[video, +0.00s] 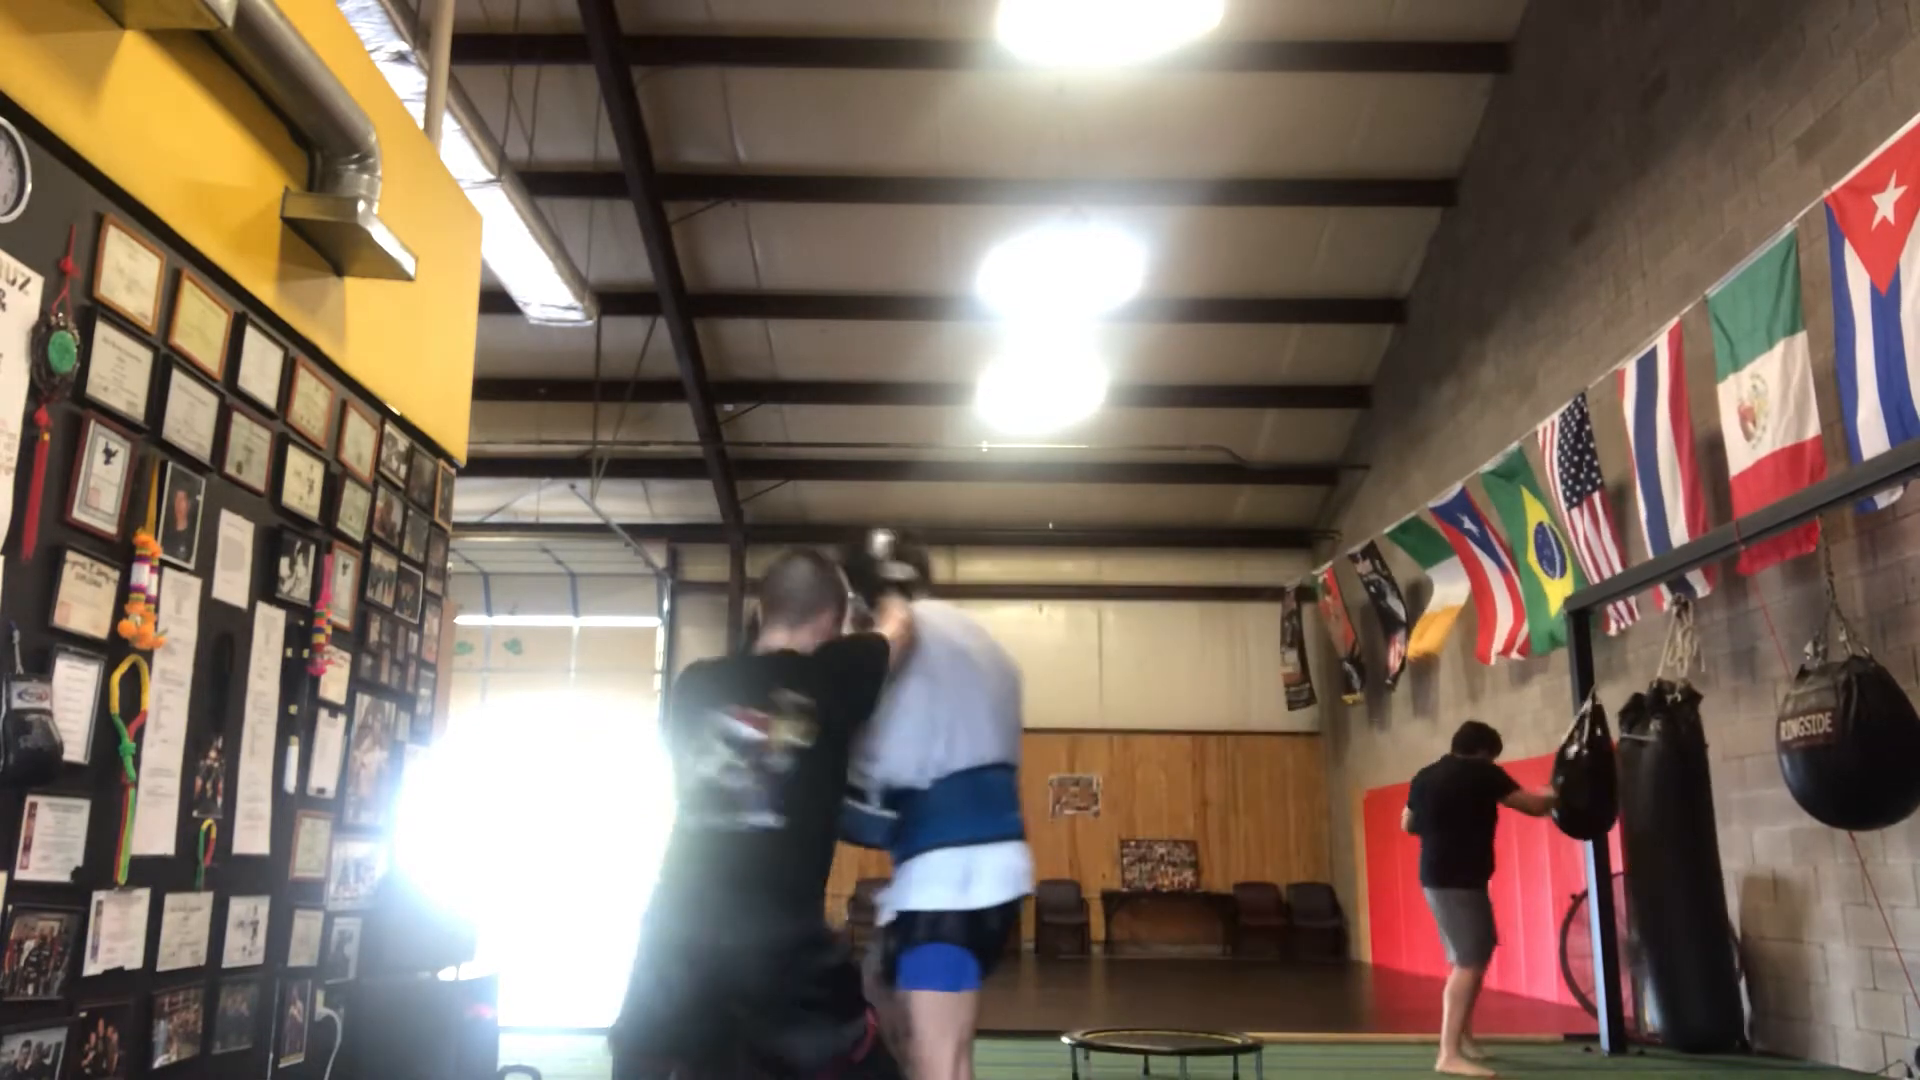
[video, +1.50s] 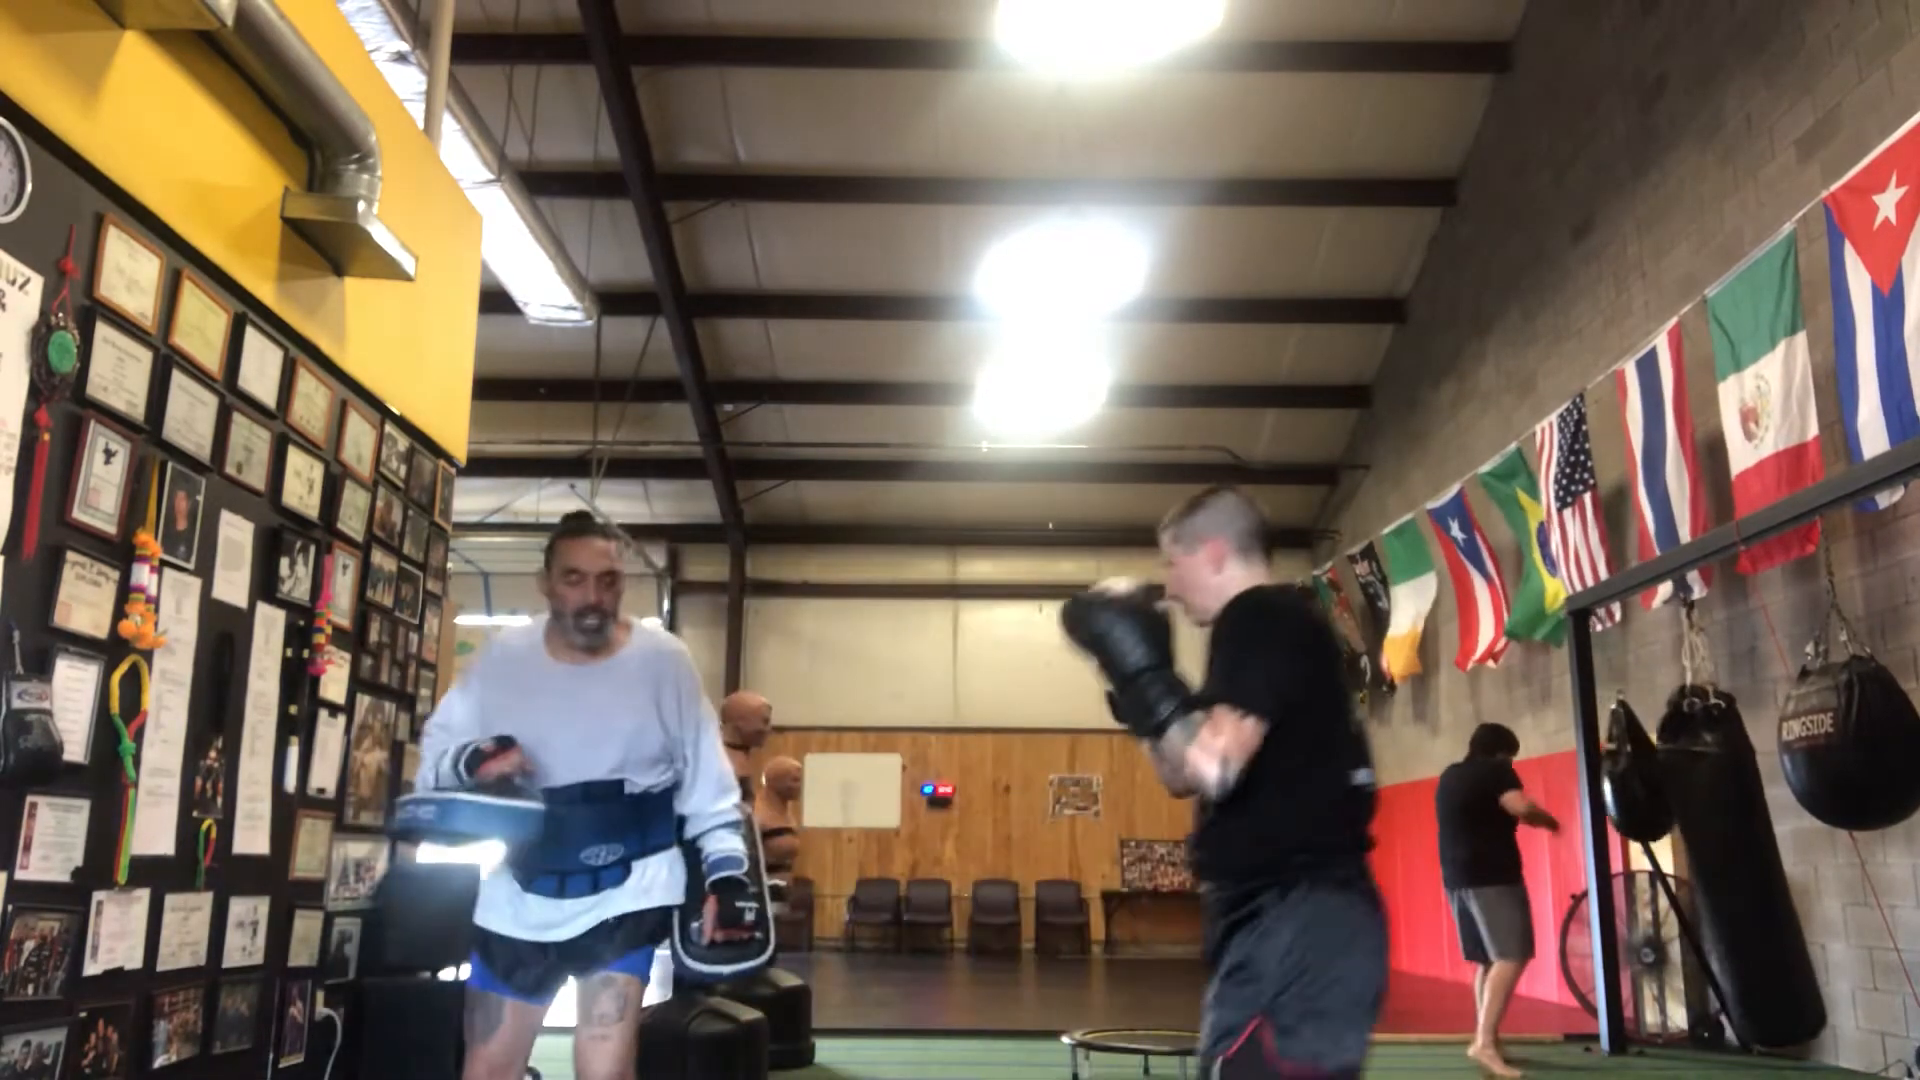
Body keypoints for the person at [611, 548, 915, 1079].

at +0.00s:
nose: (834, 630)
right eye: (837, 619)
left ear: (761, 609)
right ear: (830, 618)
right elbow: (896, 628)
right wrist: (890, 594)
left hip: (677, 951)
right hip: (782, 952)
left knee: (643, 1066)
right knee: (860, 1065)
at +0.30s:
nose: (827, 586)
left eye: (830, 572)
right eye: (829, 572)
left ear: (847, 570)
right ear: (906, 568)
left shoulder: (852, 637)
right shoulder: (935, 639)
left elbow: (769, 738)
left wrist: (730, 750)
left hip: (836, 900)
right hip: (930, 899)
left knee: (739, 1066)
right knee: (910, 1068)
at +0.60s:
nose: (895, 572)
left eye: (895, 556)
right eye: (892, 558)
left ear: (919, 546)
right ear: (968, 542)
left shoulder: (942, 615)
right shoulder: (1012, 623)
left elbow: (849, 745)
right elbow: (960, 721)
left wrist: (812, 698)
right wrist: (906, 632)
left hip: (945, 910)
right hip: (1002, 905)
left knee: (925, 1065)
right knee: (970, 1066)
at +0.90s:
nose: (955, 536)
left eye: (958, 517)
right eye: (955, 521)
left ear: (986, 504)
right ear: (1047, 505)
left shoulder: (991, 564)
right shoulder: (1093, 583)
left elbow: (850, 665)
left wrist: (857, 563)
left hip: (1031, 895)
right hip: (1104, 887)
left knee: (1001, 1066)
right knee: (1055, 1067)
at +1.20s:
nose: (1070, 565)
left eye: (1074, 545)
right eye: (1070, 548)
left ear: (1108, 534)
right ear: (1155, 537)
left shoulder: (1124, 606)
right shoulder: (1204, 620)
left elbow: (1053, 751)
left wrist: (992, 672)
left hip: (1127, 927)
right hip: (1194, 921)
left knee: (1076, 1066)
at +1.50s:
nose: (1168, 582)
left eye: (1172, 562)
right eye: (1167, 566)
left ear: (1214, 553)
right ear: (1220, 553)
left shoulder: (1266, 617)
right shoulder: (1256, 626)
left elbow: (1209, 764)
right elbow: (1179, 773)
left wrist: (1144, 669)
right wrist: (1133, 669)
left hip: (1300, 925)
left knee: (1248, 1064)